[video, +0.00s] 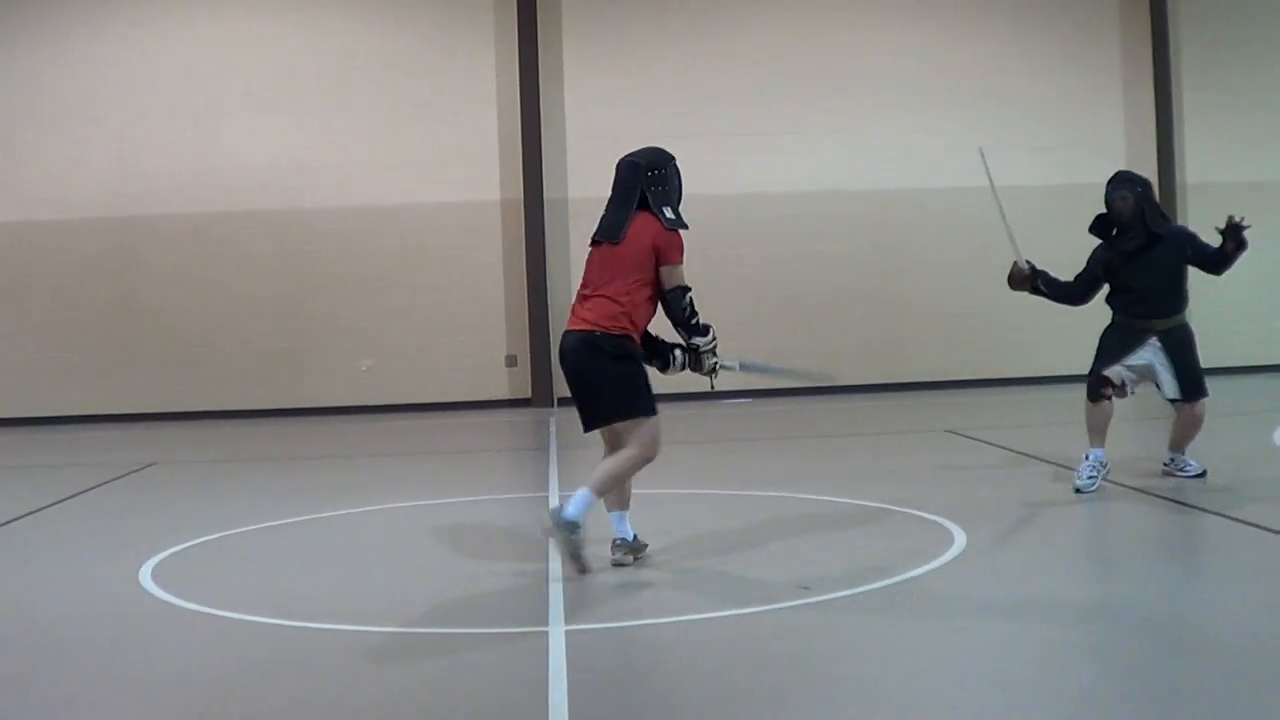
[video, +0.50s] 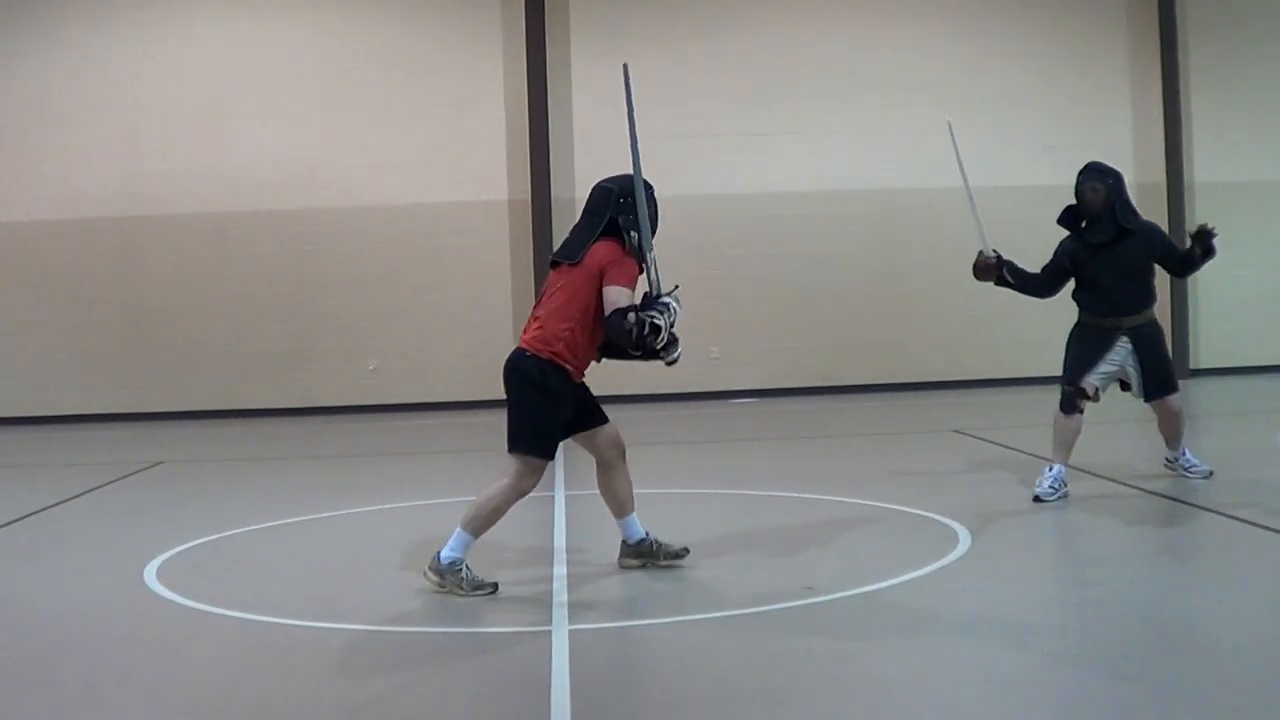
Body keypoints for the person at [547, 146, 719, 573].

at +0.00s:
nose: (675, 191)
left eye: (673, 182)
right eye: (671, 182)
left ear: (628, 185)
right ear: (658, 185)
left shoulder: (610, 227)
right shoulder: (662, 231)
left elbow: (617, 311)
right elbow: (677, 303)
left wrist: (665, 354)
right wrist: (704, 342)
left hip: (578, 343)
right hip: (611, 345)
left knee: (615, 443)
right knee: (644, 445)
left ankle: (623, 538)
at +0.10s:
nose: (668, 197)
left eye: (667, 188)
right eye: (665, 189)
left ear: (623, 190)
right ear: (652, 190)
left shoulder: (601, 230)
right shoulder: (654, 235)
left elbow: (603, 310)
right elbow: (663, 307)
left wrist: (651, 355)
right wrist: (690, 344)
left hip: (568, 343)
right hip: (588, 347)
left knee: (611, 440)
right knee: (591, 450)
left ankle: (624, 537)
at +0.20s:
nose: (663, 206)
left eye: (661, 196)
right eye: (659, 197)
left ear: (616, 198)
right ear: (645, 198)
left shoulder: (591, 238)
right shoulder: (640, 242)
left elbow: (580, 315)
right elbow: (635, 316)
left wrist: (622, 366)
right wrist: (668, 347)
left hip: (555, 350)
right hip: (569, 356)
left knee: (607, 441)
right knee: (543, 456)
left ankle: (625, 538)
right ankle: (468, 541)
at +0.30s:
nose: (654, 223)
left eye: (653, 214)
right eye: (650, 214)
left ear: (607, 212)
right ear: (634, 214)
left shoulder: (582, 251)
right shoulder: (622, 253)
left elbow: (572, 333)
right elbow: (614, 324)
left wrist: (620, 372)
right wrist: (652, 343)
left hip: (542, 367)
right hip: (546, 371)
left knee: (605, 442)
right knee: (526, 471)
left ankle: (627, 539)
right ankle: (449, 558)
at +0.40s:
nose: (648, 233)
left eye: (648, 223)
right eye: (645, 222)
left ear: (604, 219)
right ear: (628, 221)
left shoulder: (576, 257)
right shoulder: (611, 261)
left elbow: (583, 349)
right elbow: (612, 335)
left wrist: (636, 368)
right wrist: (650, 338)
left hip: (545, 376)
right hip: (535, 376)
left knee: (604, 447)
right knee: (519, 481)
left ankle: (630, 539)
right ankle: (445, 564)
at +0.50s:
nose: (650, 229)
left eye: (650, 218)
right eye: (648, 218)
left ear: (605, 213)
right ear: (632, 217)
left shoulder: (576, 251)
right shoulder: (618, 256)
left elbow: (596, 341)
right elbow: (622, 328)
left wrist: (653, 346)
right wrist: (659, 315)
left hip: (556, 374)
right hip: (541, 372)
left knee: (610, 449)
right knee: (523, 477)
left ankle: (635, 541)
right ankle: (448, 560)